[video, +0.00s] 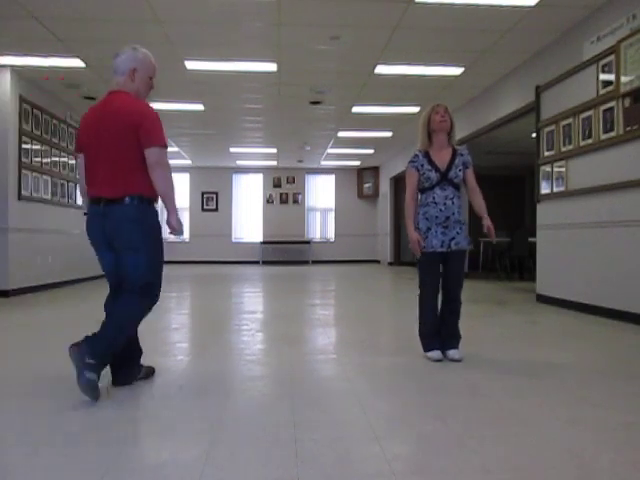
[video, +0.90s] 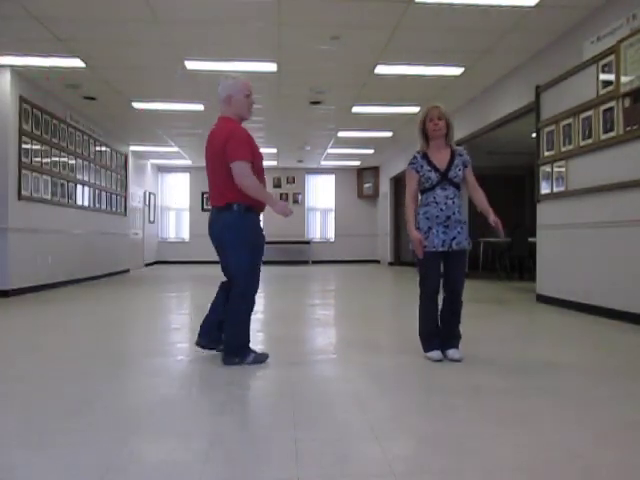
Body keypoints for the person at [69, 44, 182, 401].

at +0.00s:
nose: (151, 89)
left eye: (153, 82)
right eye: (150, 81)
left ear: (119, 75)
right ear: (134, 75)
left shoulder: (90, 115)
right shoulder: (142, 113)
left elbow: (85, 171)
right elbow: (157, 164)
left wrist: (92, 207)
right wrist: (172, 209)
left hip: (98, 214)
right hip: (134, 213)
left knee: (120, 289)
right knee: (144, 291)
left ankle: (126, 368)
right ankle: (92, 353)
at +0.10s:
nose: (161, 94)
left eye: (162, 87)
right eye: (160, 86)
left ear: (131, 80)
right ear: (143, 79)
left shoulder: (105, 117)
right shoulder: (149, 116)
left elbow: (106, 168)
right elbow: (162, 165)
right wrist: (177, 213)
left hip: (111, 213)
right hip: (145, 212)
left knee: (128, 286)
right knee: (165, 285)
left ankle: (125, 366)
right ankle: (123, 352)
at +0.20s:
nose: (171, 96)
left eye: (172, 89)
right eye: (169, 88)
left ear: (143, 83)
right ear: (153, 82)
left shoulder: (119, 118)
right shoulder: (157, 117)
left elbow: (118, 169)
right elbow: (165, 166)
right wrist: (183, 211)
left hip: (122, 213)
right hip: (154, 213)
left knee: (135, 285)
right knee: (181, 282)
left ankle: (125, 367)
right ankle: (160, 354)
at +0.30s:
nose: (186, 94)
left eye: (186, 87)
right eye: (183, 87)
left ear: (158, 86)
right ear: (165, 85)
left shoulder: (131, 121)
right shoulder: (168, 119)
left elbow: (132, 169)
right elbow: (173, 168)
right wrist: (190, 211)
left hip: (133, 214)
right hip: (165, 212)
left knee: (141, 289)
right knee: (193, 281)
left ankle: (127, 365)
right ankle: (193, 352)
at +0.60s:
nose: (222, 107)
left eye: (223, 101)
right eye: (219, 101)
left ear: (198, 100)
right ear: (203, 99)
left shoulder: (177, 133)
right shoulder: (208, 133)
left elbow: (178, 179)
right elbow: (212, 178)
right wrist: (224, 222)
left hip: (178, 220)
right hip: (206, 220)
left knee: (176, 287)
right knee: (225, 289)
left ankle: (136, 348)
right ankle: (235, 351)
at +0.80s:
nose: (246, 103)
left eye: (245, 98)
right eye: (242, 97)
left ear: (221, 101)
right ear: (225, 100)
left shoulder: (205, 133)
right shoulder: (229, 133)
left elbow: (206, 182)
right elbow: (239, 181)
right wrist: (265, 213)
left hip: (209, 219)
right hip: (233, 219)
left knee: (219, 280)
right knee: (242, 286)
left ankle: (176, 330)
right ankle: (236, 350)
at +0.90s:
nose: (253, 101)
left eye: (252, 96)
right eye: (248, 96)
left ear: (229, 101)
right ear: (231, 100)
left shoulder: (218, 132)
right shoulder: (234, 132)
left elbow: (227, 179)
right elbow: (242, 177)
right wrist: (273, 202)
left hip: (223, 216)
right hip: (239, 217)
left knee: (237, 280)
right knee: (245, 286)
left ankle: (210, 335)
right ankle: (237, 350)